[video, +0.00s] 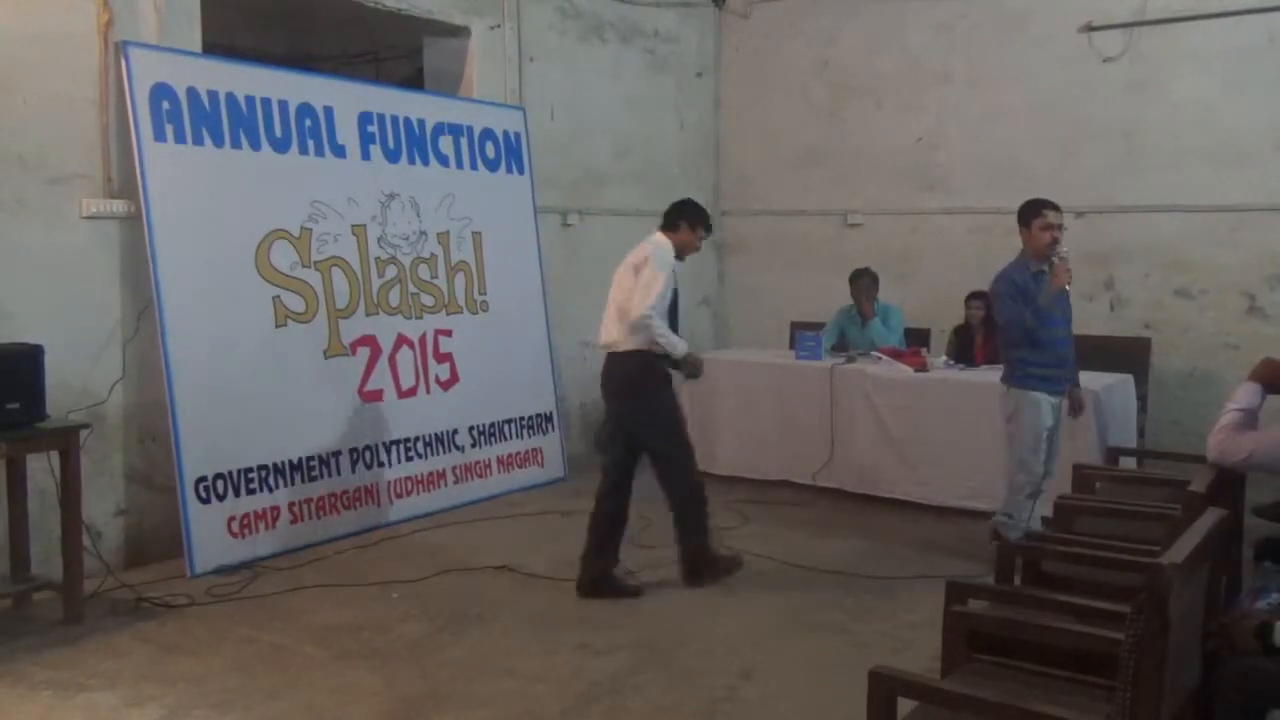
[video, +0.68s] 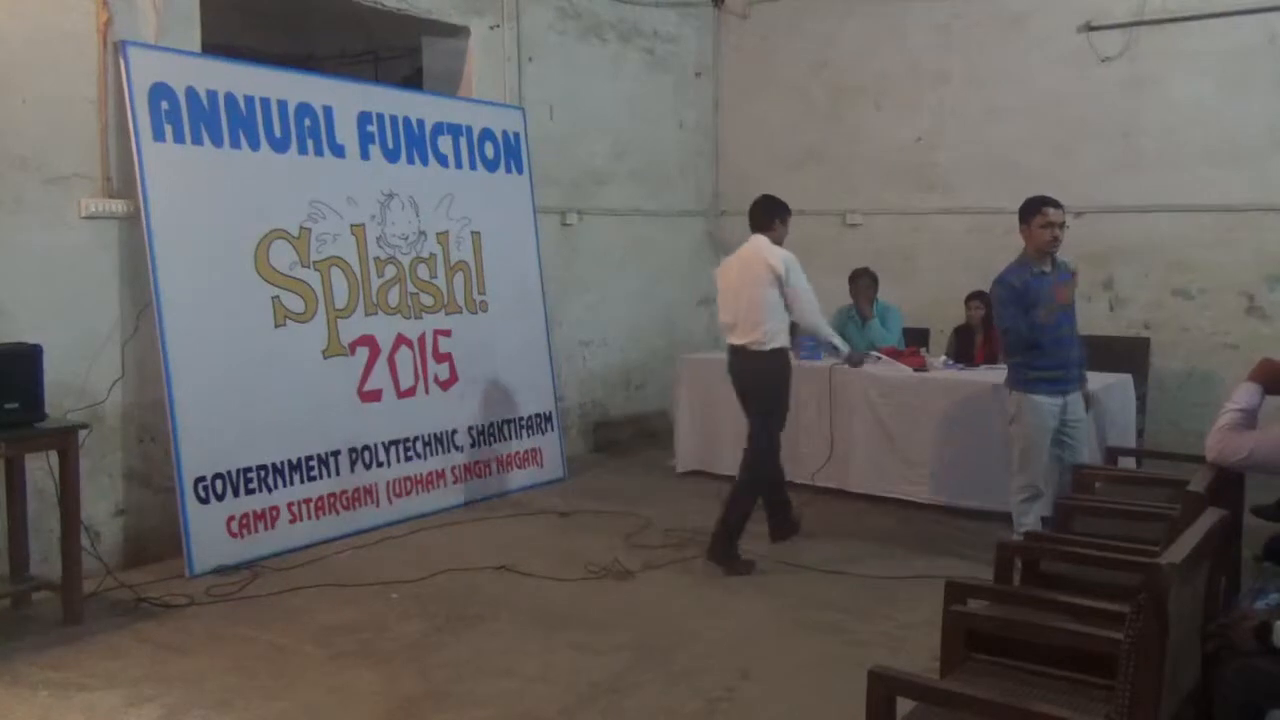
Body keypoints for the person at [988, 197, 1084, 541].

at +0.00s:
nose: (1056, 236)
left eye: (1059, 229)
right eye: (1047, 229)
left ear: (1061, 231)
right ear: (1025, 232)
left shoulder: (1054, 277)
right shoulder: (1008, 281)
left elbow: (1064, 338)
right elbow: (1012, 329)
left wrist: (1072, 384)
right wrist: (1052, 289)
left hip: (1054, 390)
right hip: (1026, 389)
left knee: (1042, 473)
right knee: (1026, 473)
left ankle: (1023, 533)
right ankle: (1006, 537)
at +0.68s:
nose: (1056, 234)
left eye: (1060, 227)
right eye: (1047, 227)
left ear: (1064, 230)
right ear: (1024, 230)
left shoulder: (1064, 273)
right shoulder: (1008, 283)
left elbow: (1070, 333)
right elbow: (1011, 343)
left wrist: (1080, 379)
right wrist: (1053, 307)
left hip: (1070, 389)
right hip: (1032, 392)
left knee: (1079, 471)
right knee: (1030, 479)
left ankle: (1071, 543)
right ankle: (1028, 548)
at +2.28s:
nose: (1029, 237)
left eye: (1038, 230)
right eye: (1026, 229)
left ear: (1059, 234)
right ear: (1021, 230)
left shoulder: (1079, 280)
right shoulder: (1003, 277)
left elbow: (1092, 335)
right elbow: (983, 324)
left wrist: (1100, 384)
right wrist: (1006, 324)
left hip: (1061, 388)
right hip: (1016, 386)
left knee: (1057, 461)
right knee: (1013, 459)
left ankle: (1055, 524)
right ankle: (1015, 522)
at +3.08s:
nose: (1012, 241)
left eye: (1016, 233)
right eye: (1012, 234)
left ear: (1037, 233)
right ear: (1034, 234)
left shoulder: (1072, 277)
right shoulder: (1023, 275)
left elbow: (1075, 343)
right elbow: (1020, 324)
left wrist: (1043, 385)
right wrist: (996, 320)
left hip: (1053, 385)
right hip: (1016, 380)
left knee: (1053, 464)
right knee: (1012, 459)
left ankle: (1057, 532)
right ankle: (1013, 527)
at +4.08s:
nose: (1009, 241)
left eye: (1010, 234)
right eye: (1009, 234)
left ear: (1022, 235)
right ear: (1041, 233)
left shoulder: (1038, 276)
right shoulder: (1048, 270)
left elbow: (1029, 334)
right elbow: (1039, 327)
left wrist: (1017, 381)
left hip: (1035, 377)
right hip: (1037, 374)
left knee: (1038, 448)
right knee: (1019, 448)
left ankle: (1061, 513)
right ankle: (1015, 512)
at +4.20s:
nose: (1002, 241)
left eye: (1003, 234)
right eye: (1002, 233)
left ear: (1015, 234)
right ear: (1035, 233)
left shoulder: (1025, 273)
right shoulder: (1050, 270)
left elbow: (1014, 332)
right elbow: (1053, 322)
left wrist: (1004, 382)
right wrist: (1036, 351)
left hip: (1026, 373)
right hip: (1039, 370)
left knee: (1023, 446)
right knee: (1021, 445)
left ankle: (1038, 514)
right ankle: (1017, 511)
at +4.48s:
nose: (993, 239)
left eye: (994, 232)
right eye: (993, 232)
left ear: (1005, 233)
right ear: (1025, 232)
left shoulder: (1009, 273)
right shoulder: (1045, 272)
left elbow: (998, 330)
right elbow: (1053, 322)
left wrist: (973, 364)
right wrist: (1022, 337)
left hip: (1009, 375)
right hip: (1034, 374)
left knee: (994, 444)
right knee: (1024, 446)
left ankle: (1002, 514)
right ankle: (1020, 513)